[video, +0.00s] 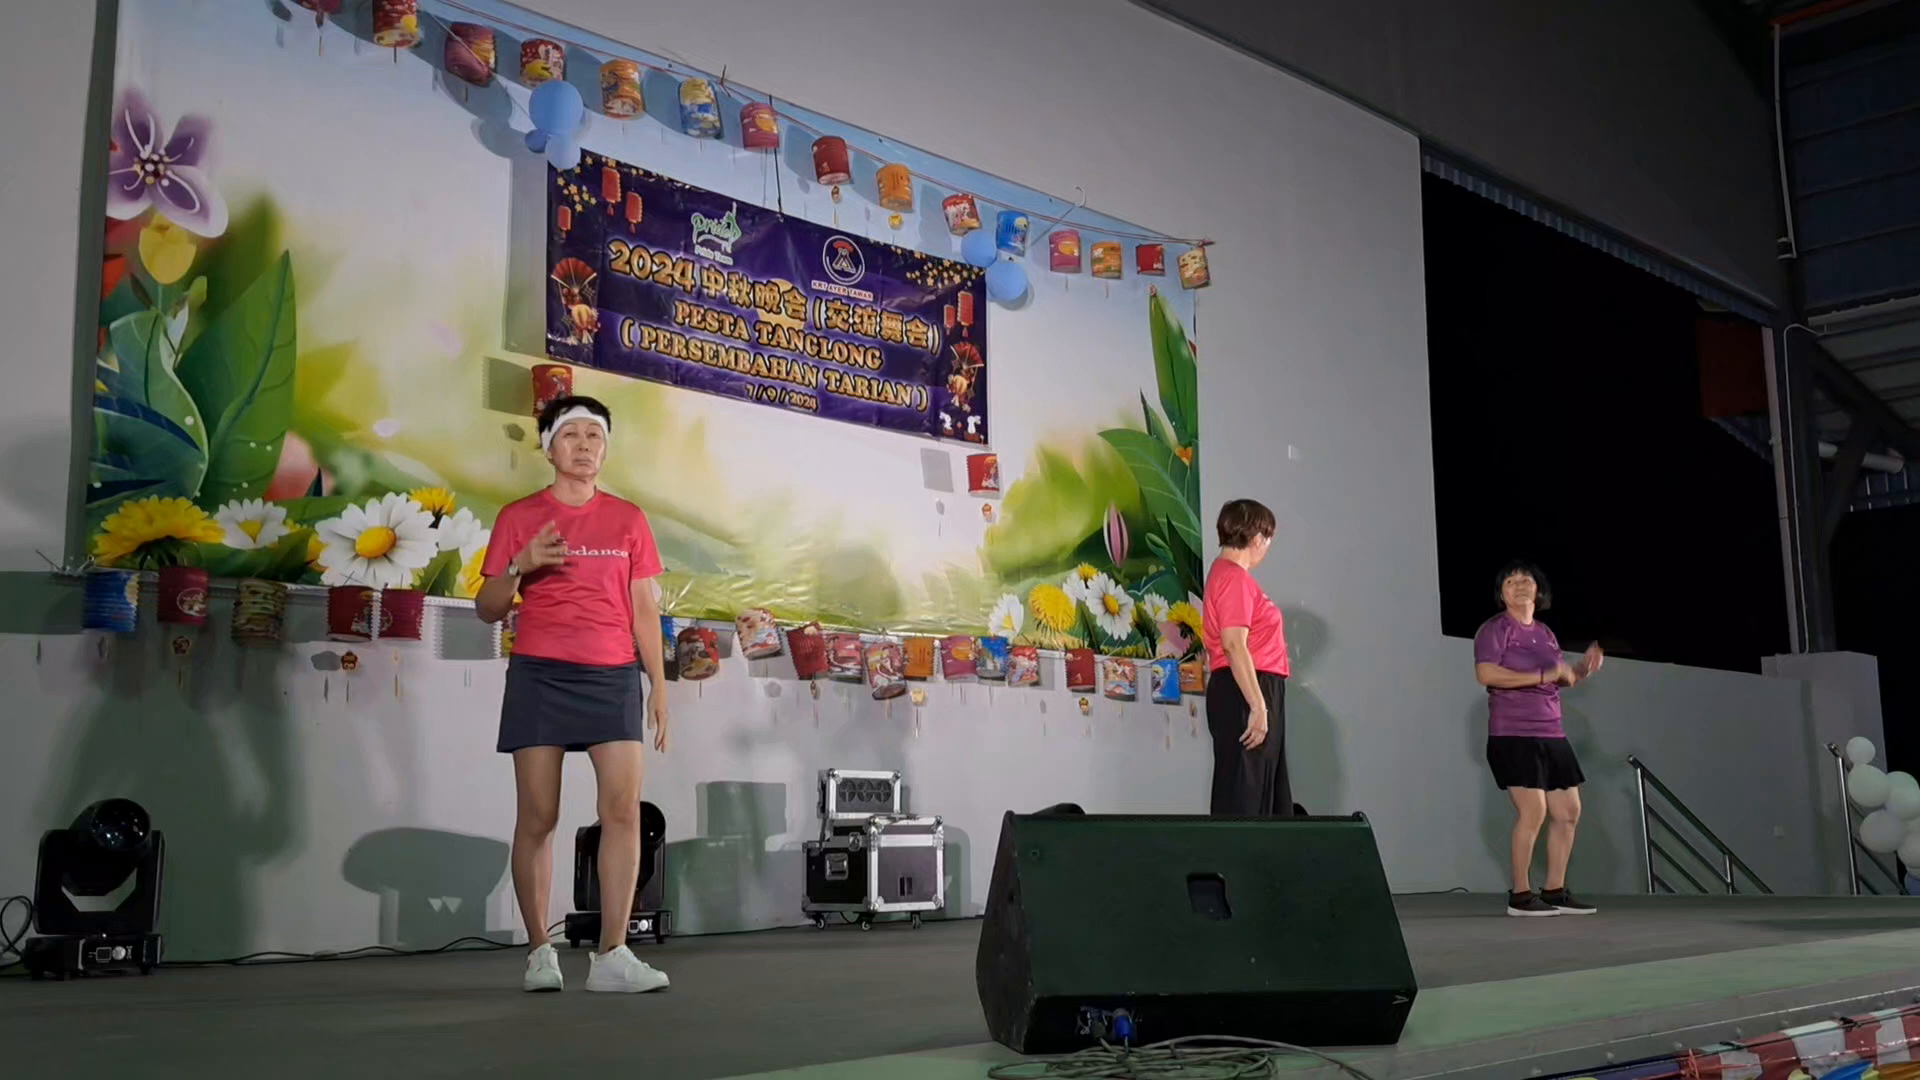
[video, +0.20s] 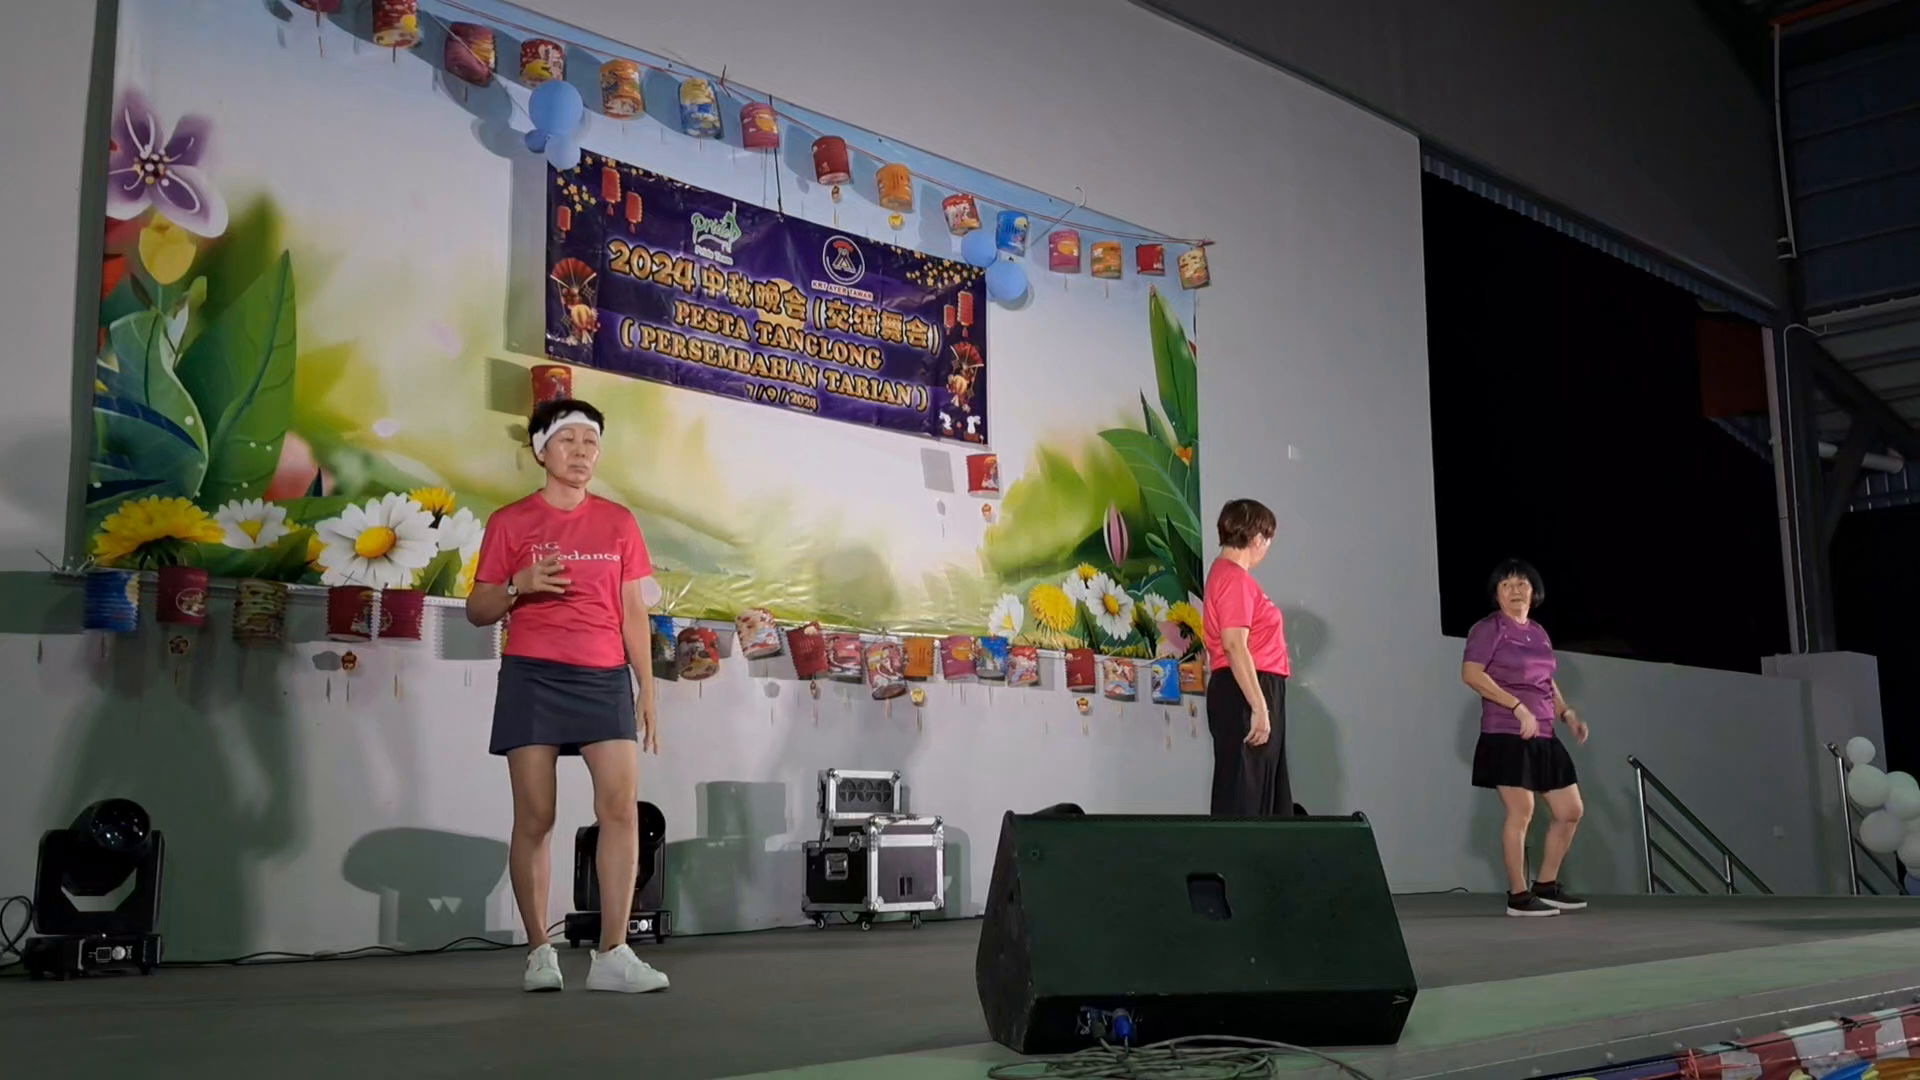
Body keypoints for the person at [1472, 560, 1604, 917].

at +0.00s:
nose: (1519, 586)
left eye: (1525, 581)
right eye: (1512, 582)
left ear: (1538, 590)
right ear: (1501, 592)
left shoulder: (1546, 634)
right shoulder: (1493, 630)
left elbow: (1559, 679)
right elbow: (1486, 674)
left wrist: (1582, 668)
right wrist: (1543, 677)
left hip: (1551, 735)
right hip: (1511, 736)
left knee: (1568, 810)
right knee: (1532, 811)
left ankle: (1554, 891)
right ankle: (1520, 895)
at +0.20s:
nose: (1516, 590)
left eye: (1522, 584)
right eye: (1508, 585)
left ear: (1533, 591)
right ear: (1497, 593)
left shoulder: (1540, 634)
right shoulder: (1488, 629)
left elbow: (1547, 684)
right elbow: (1471, 673)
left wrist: (1568, 715)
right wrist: (1517, 705)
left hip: (1543, 738)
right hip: (1505, 737)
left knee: (1570, 811)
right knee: (1520, 810)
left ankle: (1546, 886)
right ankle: (1519, 896)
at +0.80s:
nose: (1527, 593)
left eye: (1533, 587)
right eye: (1518, 586)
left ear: (1541, 594)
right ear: (1504, 593)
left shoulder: (1547, 635)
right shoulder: (1495, 628)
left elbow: (1558, 685)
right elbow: (1500, 673)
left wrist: (1574, 727)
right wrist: (1548, 696)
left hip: (1551, 735)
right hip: (1514, 733)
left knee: (1549, 813)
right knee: (1523, 809)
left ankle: (1542, 891)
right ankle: (1519, 893)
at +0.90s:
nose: (1534, 596)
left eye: (1540, 590)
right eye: (1526, 588)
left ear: (1546, 597)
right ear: (1509, 592)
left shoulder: (1548, 636)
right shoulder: (1497, 628)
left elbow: (1562, 686)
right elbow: (1518, 663)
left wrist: (1577, 725)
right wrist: (1572, 669)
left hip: (1553, 735)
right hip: (1515, 735)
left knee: (1550, 815)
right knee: (1525, 811)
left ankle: (1542, 891)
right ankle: (1519, 894)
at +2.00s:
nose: (1541, 588)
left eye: (1545, 583)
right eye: (1532, 583)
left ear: (1551, 592)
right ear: (1516, 591)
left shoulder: (1554, 633)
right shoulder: (1502, 628)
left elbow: (1564, 676)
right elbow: (1486, 672)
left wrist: (1577, 706)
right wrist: (1537, 695)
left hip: (1556, 736)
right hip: (1518, 735)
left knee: (1554, 815)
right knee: (1530, 811)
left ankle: (1542, 890)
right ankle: (1519, 893)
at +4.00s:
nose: (1552, 587)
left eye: (1557, 582)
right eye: (1544, 582)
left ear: (1563, 591)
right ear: (1528, 590)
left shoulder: (1566, 632)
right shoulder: (1520, 629)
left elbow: (1583, 680)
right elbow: (1520, 682)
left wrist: (1605, 722)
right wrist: (1549, 728)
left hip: (1575, 736)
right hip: (1540, 736)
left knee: (1576, 814)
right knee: (1558, 811)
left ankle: (1559, 891)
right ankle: (1541, 892)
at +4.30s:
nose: (1548, 592)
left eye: (1553, 587)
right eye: (1540, 586)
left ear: (1560, 594)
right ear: (1525, 593)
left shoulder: (1573, 635)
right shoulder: (1508, 631)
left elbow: (1600, 675)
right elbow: (1493, 675)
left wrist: (1635, 701)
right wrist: (1507, 714)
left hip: (1565, 738)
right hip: (1523, 736)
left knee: (1574, 812)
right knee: (1535, 811)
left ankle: (1558, 891)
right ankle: (1520, 886)